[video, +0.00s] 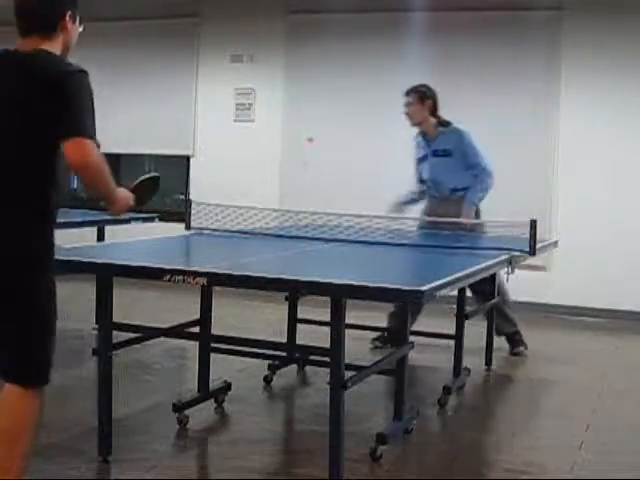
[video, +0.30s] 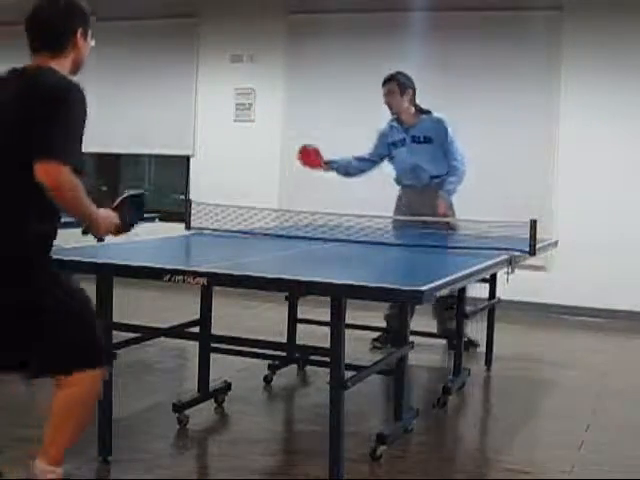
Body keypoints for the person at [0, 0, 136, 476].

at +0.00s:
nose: (78, 34)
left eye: (77, 25)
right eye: (78, 24)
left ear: (19, 23)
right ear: (67, 23)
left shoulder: (4, 65)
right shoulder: (65, 77)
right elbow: (80, 153)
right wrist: (114, 196)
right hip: (20, 244)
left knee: (17, 365)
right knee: (22, 373)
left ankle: (12, 465)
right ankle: (10, 471)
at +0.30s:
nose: (89, 47)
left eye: (89, 38)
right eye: (89, 38)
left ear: (34, 38)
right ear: (79, 39)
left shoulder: (7, 83)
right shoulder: (62, 92)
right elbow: (52, 171)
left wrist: (81, 206)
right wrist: (95, 217)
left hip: (4, 256)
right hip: (22, 261)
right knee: (89, 360)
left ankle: (46, 461)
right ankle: (48, 465)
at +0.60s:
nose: (134, 54)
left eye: (134, 44)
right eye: (133, 44)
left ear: (75, 45)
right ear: (118, 44)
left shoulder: (37, 105)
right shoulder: (103, 101)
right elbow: (98, 189)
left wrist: (135, 215)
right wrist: (153, 228)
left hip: (13, 275)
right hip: (69, 281)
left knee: (7, 386)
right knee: (130, 391)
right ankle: (105, 473)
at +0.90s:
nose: (188, 36)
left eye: (189, 25)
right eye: (183, 22)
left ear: (149, 21)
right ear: (153, 18)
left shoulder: (123, 83)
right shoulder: (115, 81)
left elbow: (107, 180)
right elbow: (94, 170)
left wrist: (160, 206)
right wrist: (140, 250)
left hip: (72, 256)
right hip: (86, 258)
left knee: (94, 370)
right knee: (171, 382)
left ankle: (67, 468)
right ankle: (143, 475)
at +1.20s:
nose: (275, 47)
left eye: (277, 34)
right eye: (270, 29)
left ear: (230, 21)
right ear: (229, 18)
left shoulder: (197, 95)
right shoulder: (178, 92)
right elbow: (143, 200)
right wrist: (190, 300)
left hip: (140, 287)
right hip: (146, 293)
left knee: (135, 386)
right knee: (223, 451)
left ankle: (73, 464)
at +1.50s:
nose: (290, 8)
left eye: (290, 2)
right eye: (287, 0)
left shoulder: (163, 29)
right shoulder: (231, 34)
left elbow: (96, 100)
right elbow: (235, 135)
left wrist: (80, 154)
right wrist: (360, 154)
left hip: (127, 267)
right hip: (194, 273)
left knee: (149, 446)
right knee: (221, 449)